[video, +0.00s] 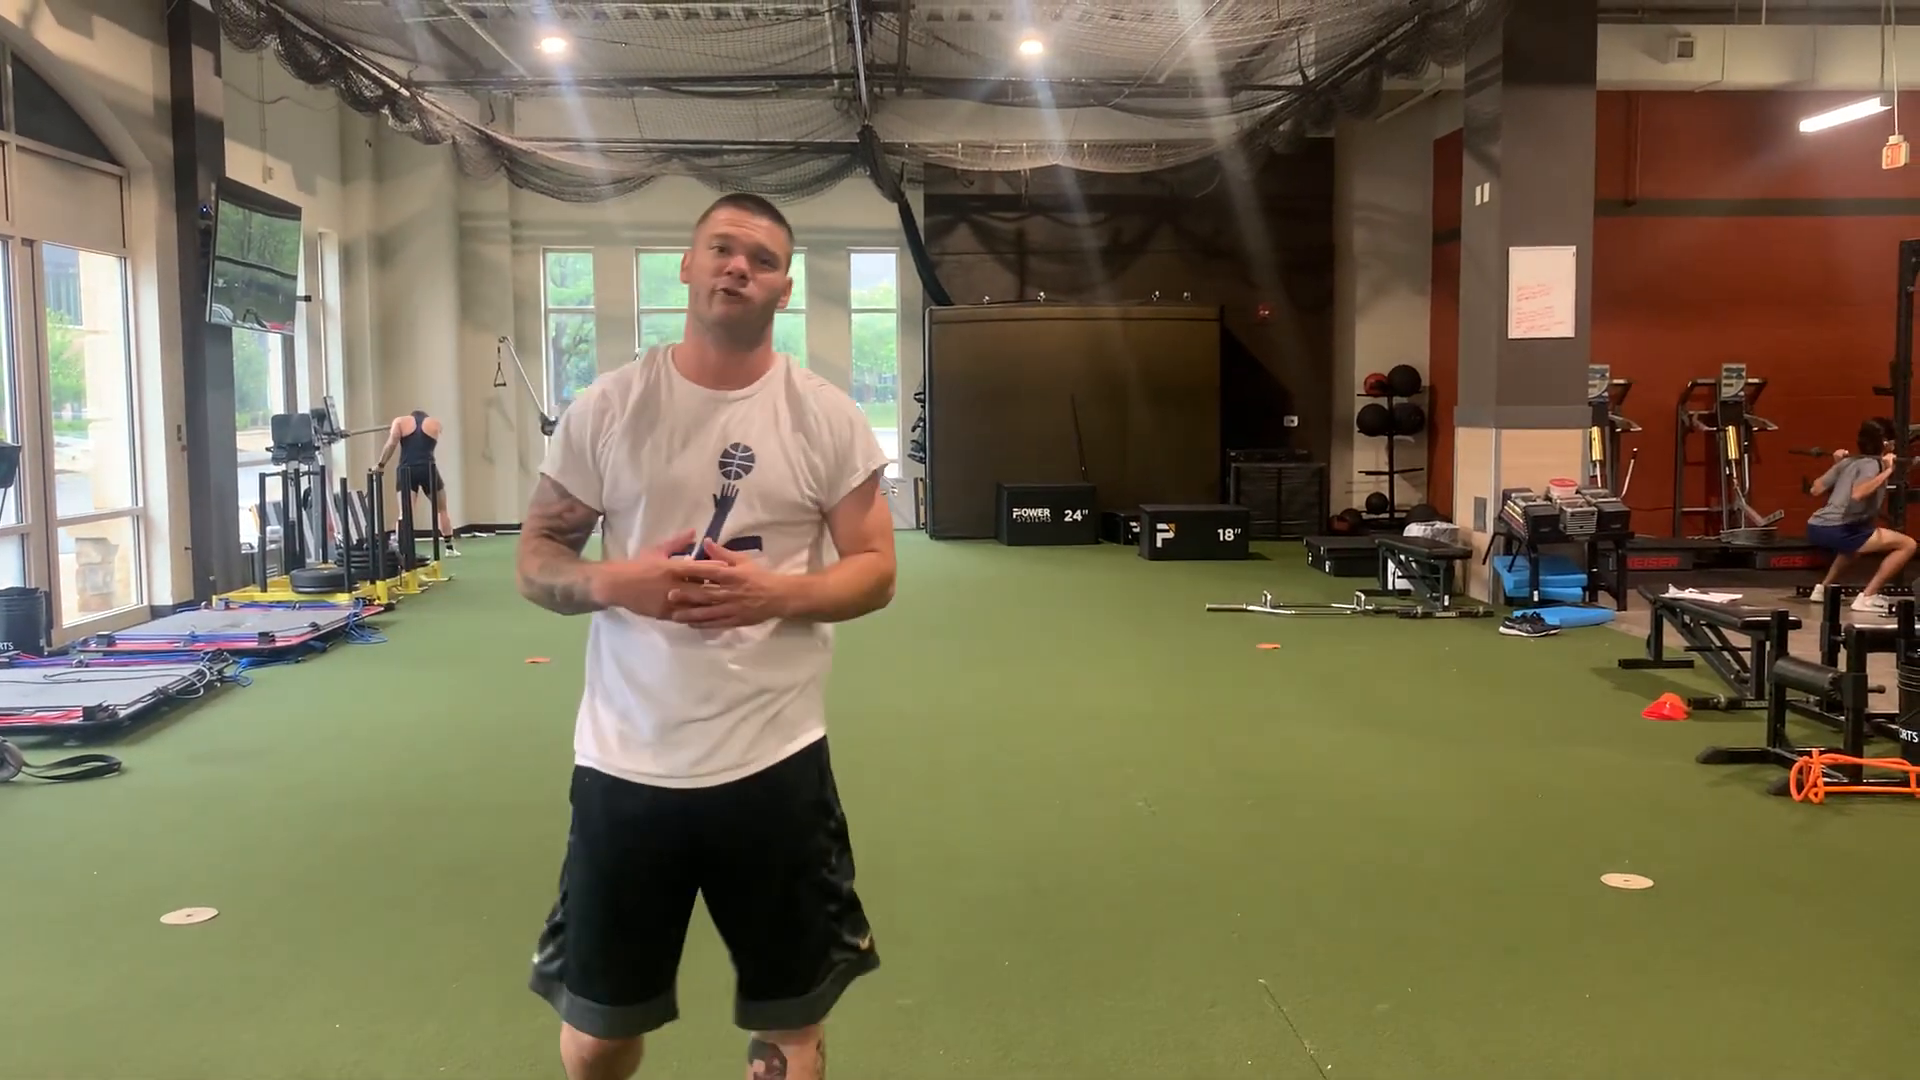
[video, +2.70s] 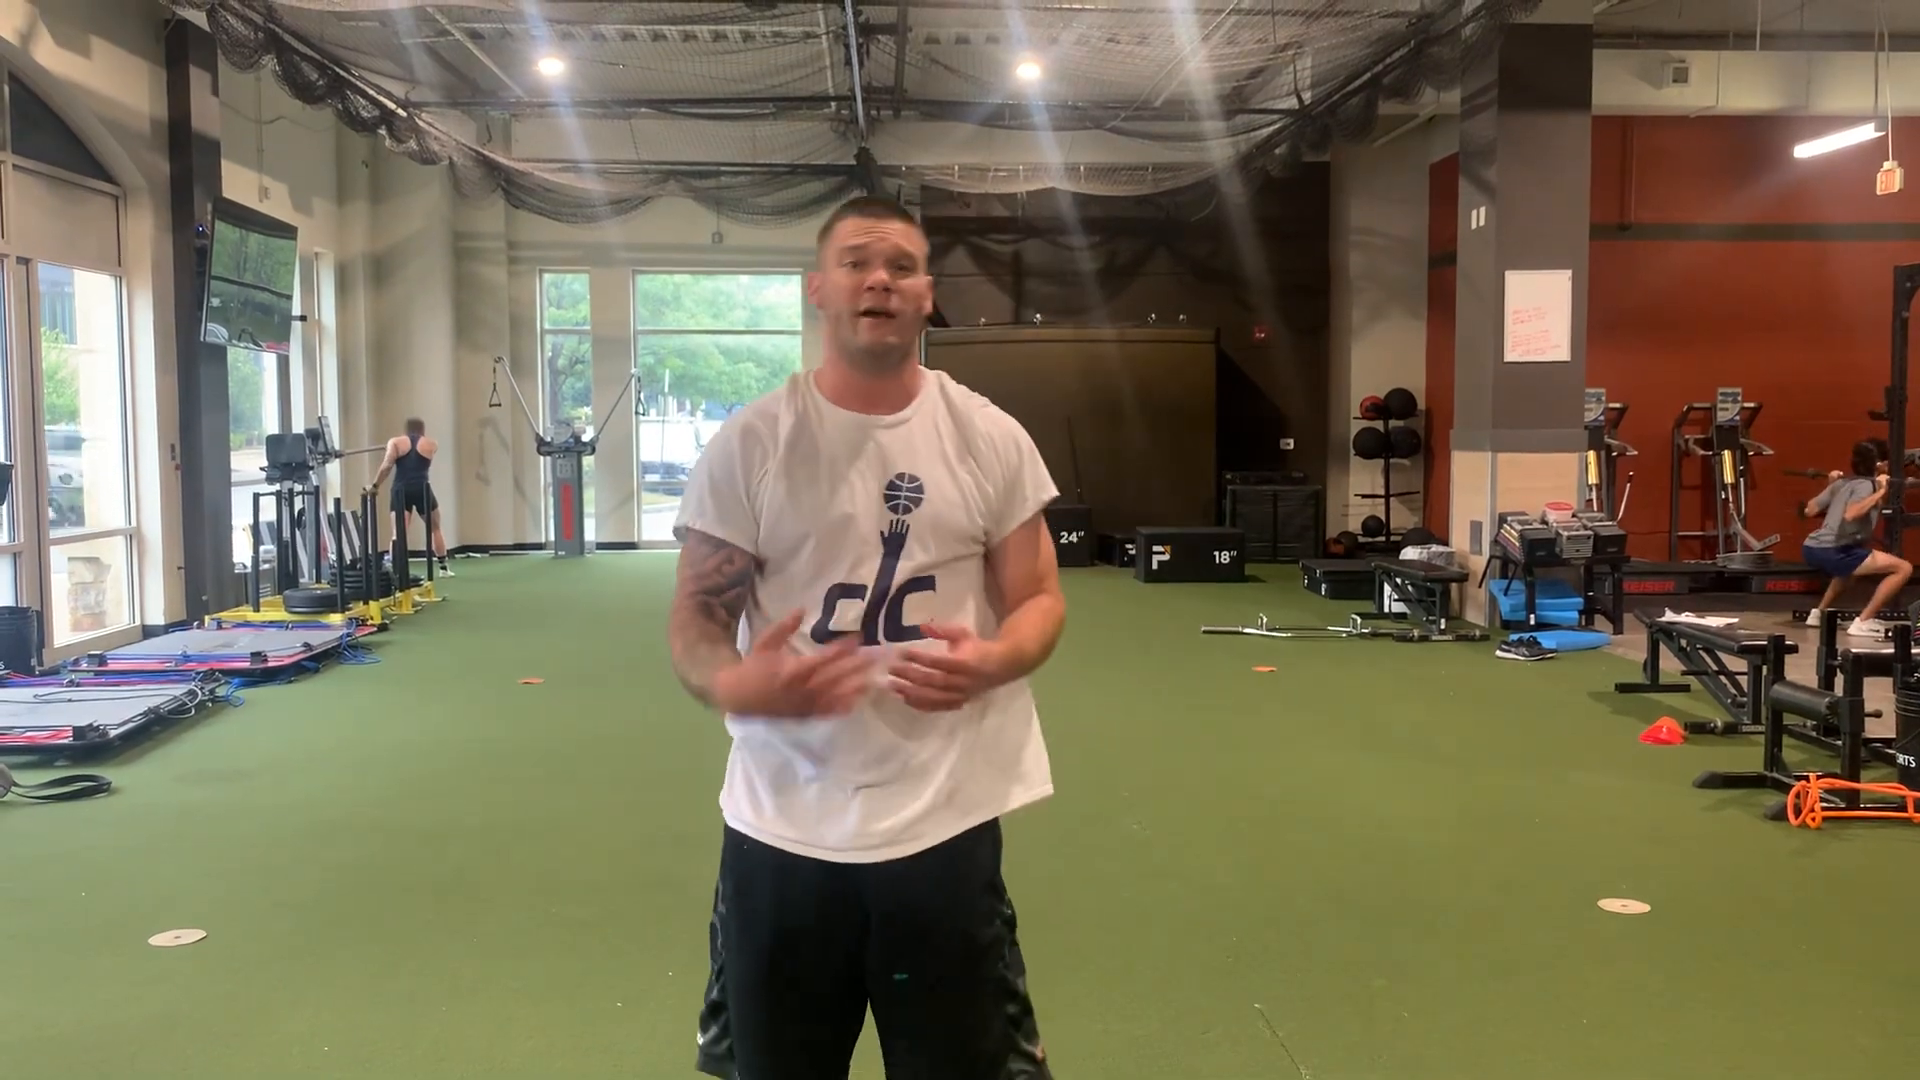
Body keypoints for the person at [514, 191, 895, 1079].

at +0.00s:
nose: (738, 266)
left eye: (762, 259)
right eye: (723, 248)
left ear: (784, 289)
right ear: (686, 265)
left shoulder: (826, 418)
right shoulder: (604, 410)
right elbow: (537, 566)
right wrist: (617, 582)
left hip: (774, 766)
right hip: (626, 768)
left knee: (791, 1029)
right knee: (594, 1044)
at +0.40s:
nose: (781, 269)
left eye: (803, 256)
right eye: (759, 248)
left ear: (824, 283)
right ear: (715, 267)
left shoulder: (868, 421)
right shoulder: (640, 419)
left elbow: (922, 569)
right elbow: (587, 581)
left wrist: (874, 601)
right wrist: (575, 714)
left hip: (815, 791)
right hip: (664, 794)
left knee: (797, 1049)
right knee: (671, 1058)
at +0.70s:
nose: (745, 258)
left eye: (762, 237)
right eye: (712, 242)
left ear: (787, 260)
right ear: (668, 276)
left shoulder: (866, 410)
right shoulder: (628, 445)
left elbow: (926, 558)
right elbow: (598, 646)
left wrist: (901, 609)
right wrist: (662, 800)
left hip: (857, 848)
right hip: (698, 860)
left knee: (856, 1064)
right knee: (690, 1067)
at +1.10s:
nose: (817, 262)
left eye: (841, 239)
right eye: (788, 238)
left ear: (871, 259)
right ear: (741, 259)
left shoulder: (938, 410)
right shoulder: (677, 436)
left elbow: (996, 573)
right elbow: (603, 640)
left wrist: (995, 628)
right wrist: (737, 704)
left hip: (918, 864)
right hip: (741, 876)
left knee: (949, 1064)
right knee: (712, 1066)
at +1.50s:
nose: (949, 250)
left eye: (978, 237)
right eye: (927, 228)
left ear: (1006, 277)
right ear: (882, 253)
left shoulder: (1061, 439)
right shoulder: (794, 425)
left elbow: (1104, 627)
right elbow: (737, 609)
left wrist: (1036, 671)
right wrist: (701, 754)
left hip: (982, 873)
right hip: (800, 868)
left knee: (1002, 1069)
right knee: (759, 1070)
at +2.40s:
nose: (994, 274)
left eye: (1021, 268)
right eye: (974, 251)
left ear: (1038, 311)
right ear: (923, 275)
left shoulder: (1063, 462)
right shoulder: (815, 421)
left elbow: (1092, 638)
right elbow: (712, 585)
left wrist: (1070, 703)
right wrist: (790, 655)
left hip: (978, 856)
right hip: (806, 851)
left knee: (993, 1067)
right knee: (773, 1067)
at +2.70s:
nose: (880, 279)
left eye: (902, 266)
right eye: (856, 261)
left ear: (929, 300)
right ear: (815, 293)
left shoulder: (989, 440)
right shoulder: (750, 446)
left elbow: (1040, 600)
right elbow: (694, 622)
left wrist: (997, 661)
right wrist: (737, 684)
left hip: (944, 840)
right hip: (781, 847)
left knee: (968, 1062)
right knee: (768, 1063)